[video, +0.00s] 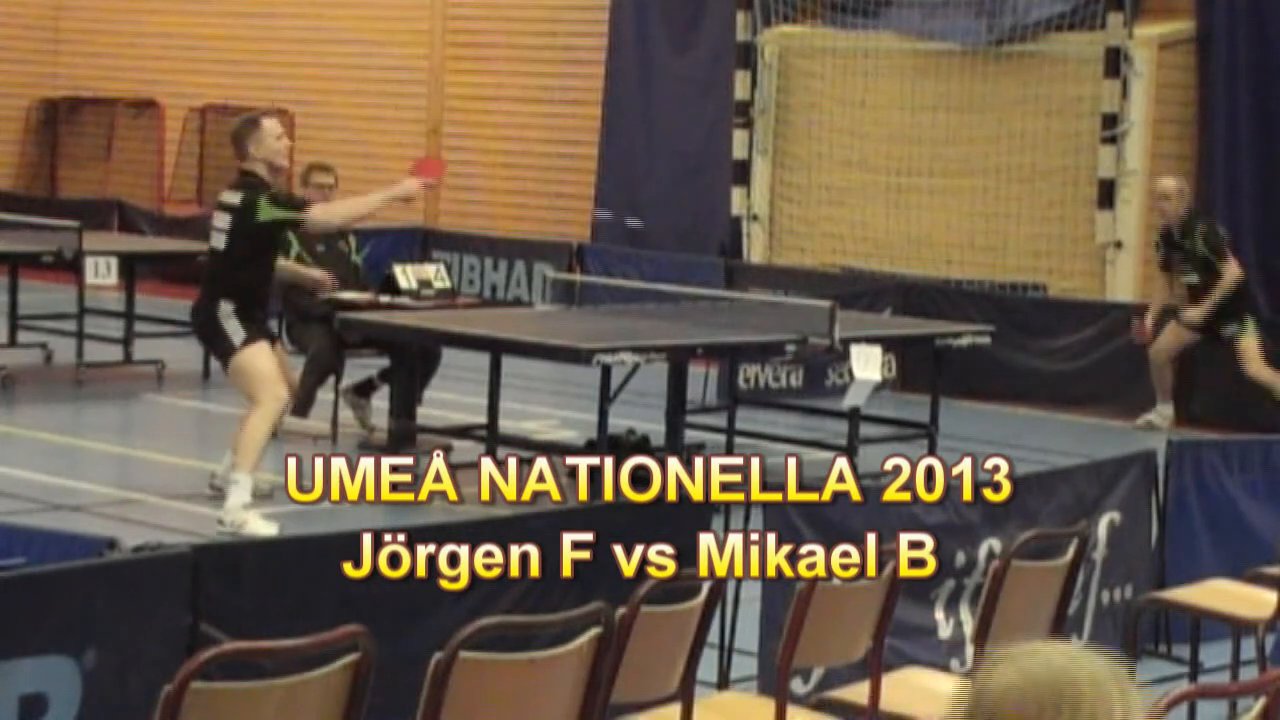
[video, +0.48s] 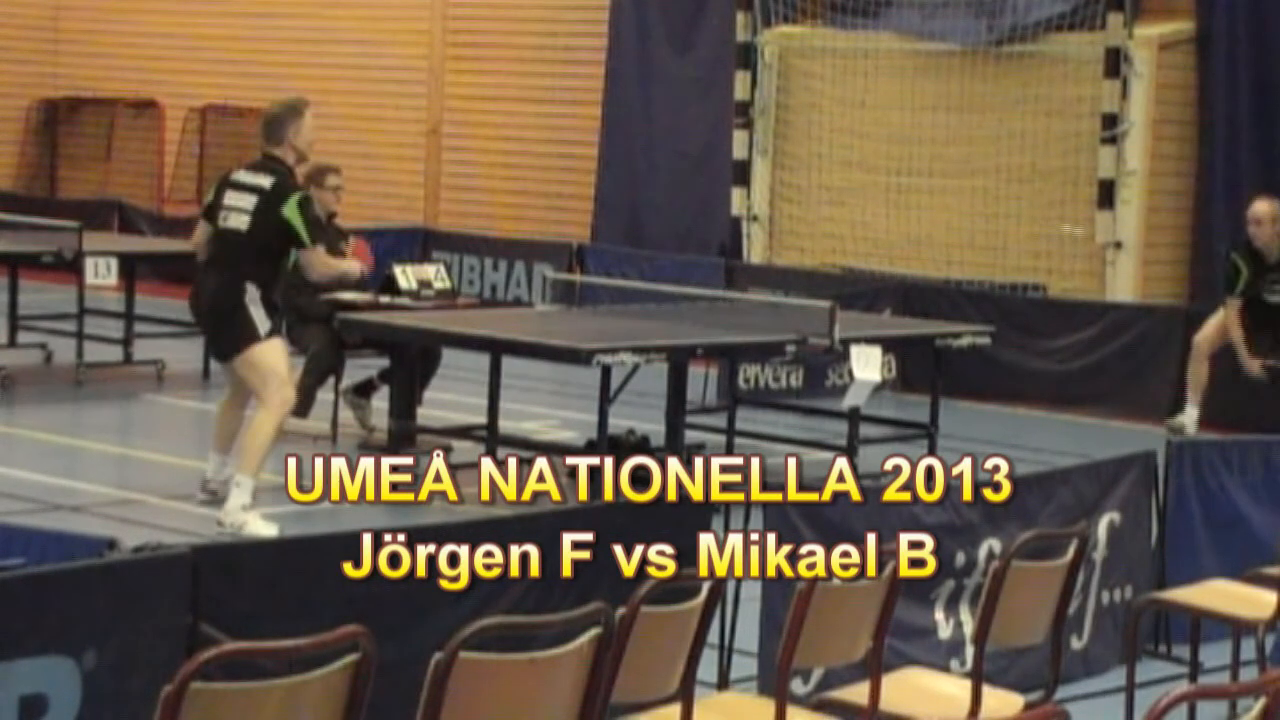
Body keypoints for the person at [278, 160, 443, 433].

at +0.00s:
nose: (324, 194)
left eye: (329, 188)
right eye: (317, 187)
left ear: (336, 191)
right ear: (303, 190)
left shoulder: (344, 234)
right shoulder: (289, 235)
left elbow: (357, 280)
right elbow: (272, 266)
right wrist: (307, 277)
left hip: (350, 315)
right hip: (307, 316)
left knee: (425, 352)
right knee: (326, 353)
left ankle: (362, 391)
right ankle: (295, 420)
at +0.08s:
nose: (326, 194)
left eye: (331, 188)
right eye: (320, 187)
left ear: (336, 191)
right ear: (304, 189)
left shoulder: (342, 233)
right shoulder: (292, 232)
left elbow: (354, 280)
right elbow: (295, 294)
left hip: (349, 315)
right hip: (310, 317)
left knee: (425, 351)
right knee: (326, 354)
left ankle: (362, 391)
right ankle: (294, 419)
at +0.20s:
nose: (334, 196)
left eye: (338, 189)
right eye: (327, 188)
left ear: (341, 192)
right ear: (307, 190)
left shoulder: (341, 235)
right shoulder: (293, 229)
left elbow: (354, 283)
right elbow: (294, 294)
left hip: (349, 318)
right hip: (309, 319)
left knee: (425, 350)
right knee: (326, 353)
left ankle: (362, 391)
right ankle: (293, 414)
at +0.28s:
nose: (336, 195)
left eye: (339, 189)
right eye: (329, 188)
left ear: (341, 192)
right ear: (308, 189)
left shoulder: (339, 231)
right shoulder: (293, 227)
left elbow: (353, 281)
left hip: (348, 317)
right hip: (308, 318)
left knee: (425, 350)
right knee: (327, 353)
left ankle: (362, 391)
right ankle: (293, 413)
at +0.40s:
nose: (338, 197)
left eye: (340, 190)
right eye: (332, 189)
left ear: (341, 193)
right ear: (311, 191)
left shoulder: (333, 229)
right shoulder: (298, 226)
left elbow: (349, 275)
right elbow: (319, 269)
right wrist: (352, 261)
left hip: (344, 316)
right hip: (306, 317)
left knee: (425, 352)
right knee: (327, 352)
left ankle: (362, 392)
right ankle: (291, 415)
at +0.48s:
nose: (339, 197)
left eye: (341, 190)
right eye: (333, 190)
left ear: (340, 193)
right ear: (312, 191)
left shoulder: (335, 231)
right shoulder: (299, 227)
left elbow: (351, 273)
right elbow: (315, 270)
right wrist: (353, 267)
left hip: (345, 315)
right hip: (305, 316)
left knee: (425, 352)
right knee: (327, 352)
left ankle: (362, 392)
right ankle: (293, 419)